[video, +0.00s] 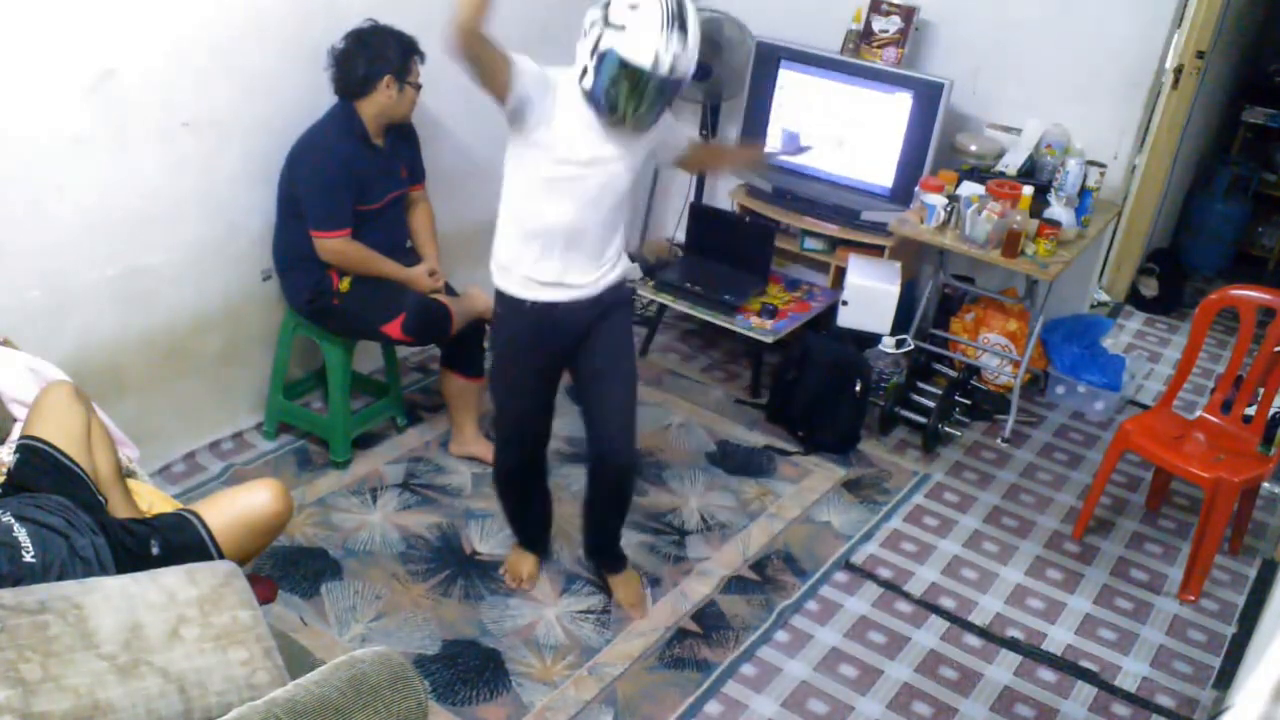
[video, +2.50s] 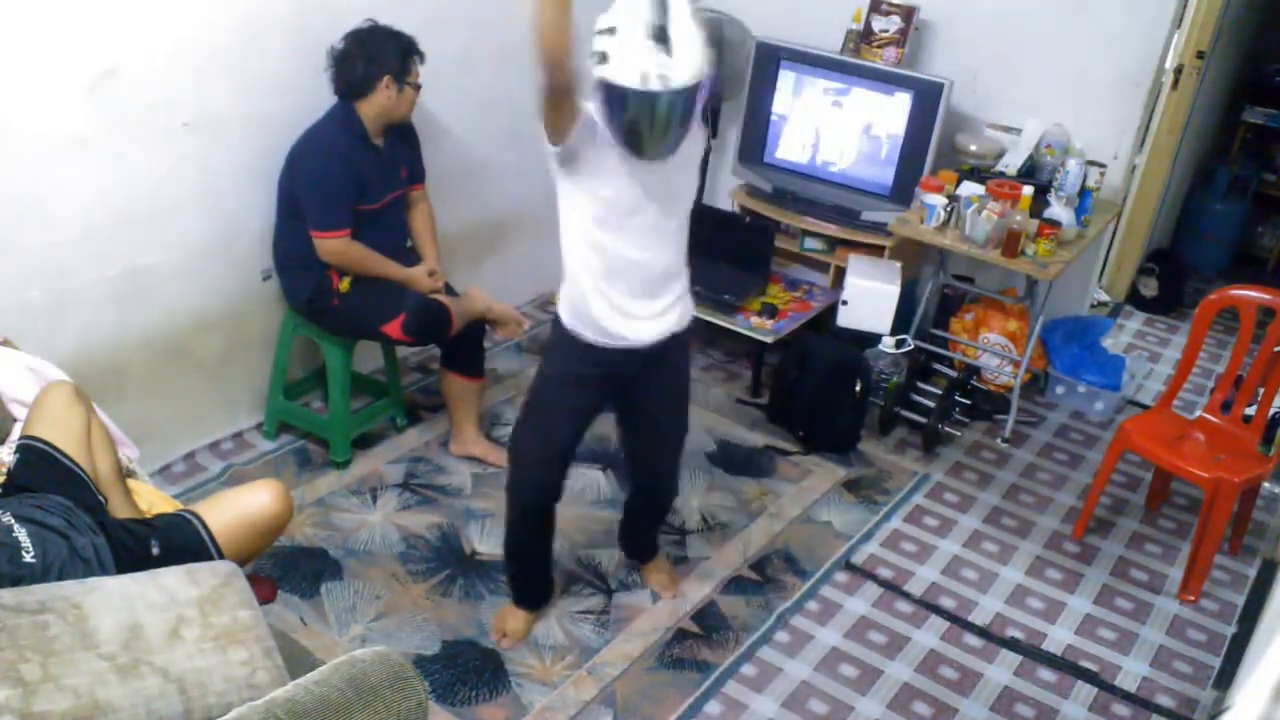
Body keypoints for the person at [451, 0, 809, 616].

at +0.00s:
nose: (636, 102)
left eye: (654, 89)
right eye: (627, 81)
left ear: (671, 80)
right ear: (595, 54)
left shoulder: (655, 126)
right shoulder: (538, 90)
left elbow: (702, 157)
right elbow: (466, 39)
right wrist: (482, 0)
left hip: (604, 306)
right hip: (525, 306)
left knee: (616, 450)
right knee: (517, 449)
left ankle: (606, 554)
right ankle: (529, 541)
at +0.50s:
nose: (583, 93)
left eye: (596, 76)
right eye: (565, 77)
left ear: (621, 66)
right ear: (534, 75)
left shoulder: (644, 95)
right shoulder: (516, 120)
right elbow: (471, 94)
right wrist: (517, 4)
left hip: (624, 321)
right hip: (538, 323)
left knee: (629, 489)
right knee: (499, 477)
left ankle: (615, 575)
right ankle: (479, 597)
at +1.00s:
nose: (664, 67)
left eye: (674, 53)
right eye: (658, 58)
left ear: (704, 53)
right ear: (669, 63)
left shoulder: (741, 107)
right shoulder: (693, 107)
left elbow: (693, 52)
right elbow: (704, 209)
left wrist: (652, 5)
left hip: (718, 318)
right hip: (671, 294)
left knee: (678, 447)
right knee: (620, 401)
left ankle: (679, 592)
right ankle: (623, 526)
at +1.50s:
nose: (707, 39)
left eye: (713, 31)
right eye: (715, 32)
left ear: (729, 38)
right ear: (786, 41)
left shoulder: (720, 84)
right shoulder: (826, 111)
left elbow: (627, 15)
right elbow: (952, 131)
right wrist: (945, 16)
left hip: (739, 323)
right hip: (704, 306)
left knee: (737, 492)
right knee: (651, 396)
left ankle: (759, 643)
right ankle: (666, 514)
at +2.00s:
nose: (704, 139)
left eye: (728, 132)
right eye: (697, 119)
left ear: (764, 119)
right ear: (684, 78)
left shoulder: (769, 163)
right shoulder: (642, 88)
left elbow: (803, 283)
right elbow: (588, 14)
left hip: (709, 335)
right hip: (627, 324)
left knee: (720, 483)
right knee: (616, 466)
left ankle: (746, 622)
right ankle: (631, 568)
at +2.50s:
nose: (650, 117)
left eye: (667, 102)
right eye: (633, 99)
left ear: (691, 92)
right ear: (606, 86)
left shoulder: (694, 135)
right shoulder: (577, 132)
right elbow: (556, 71)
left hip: (662, 347)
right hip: (581, 344)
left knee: (659, 480)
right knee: (529, 479)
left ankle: (642, 548)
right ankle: (528, 593)